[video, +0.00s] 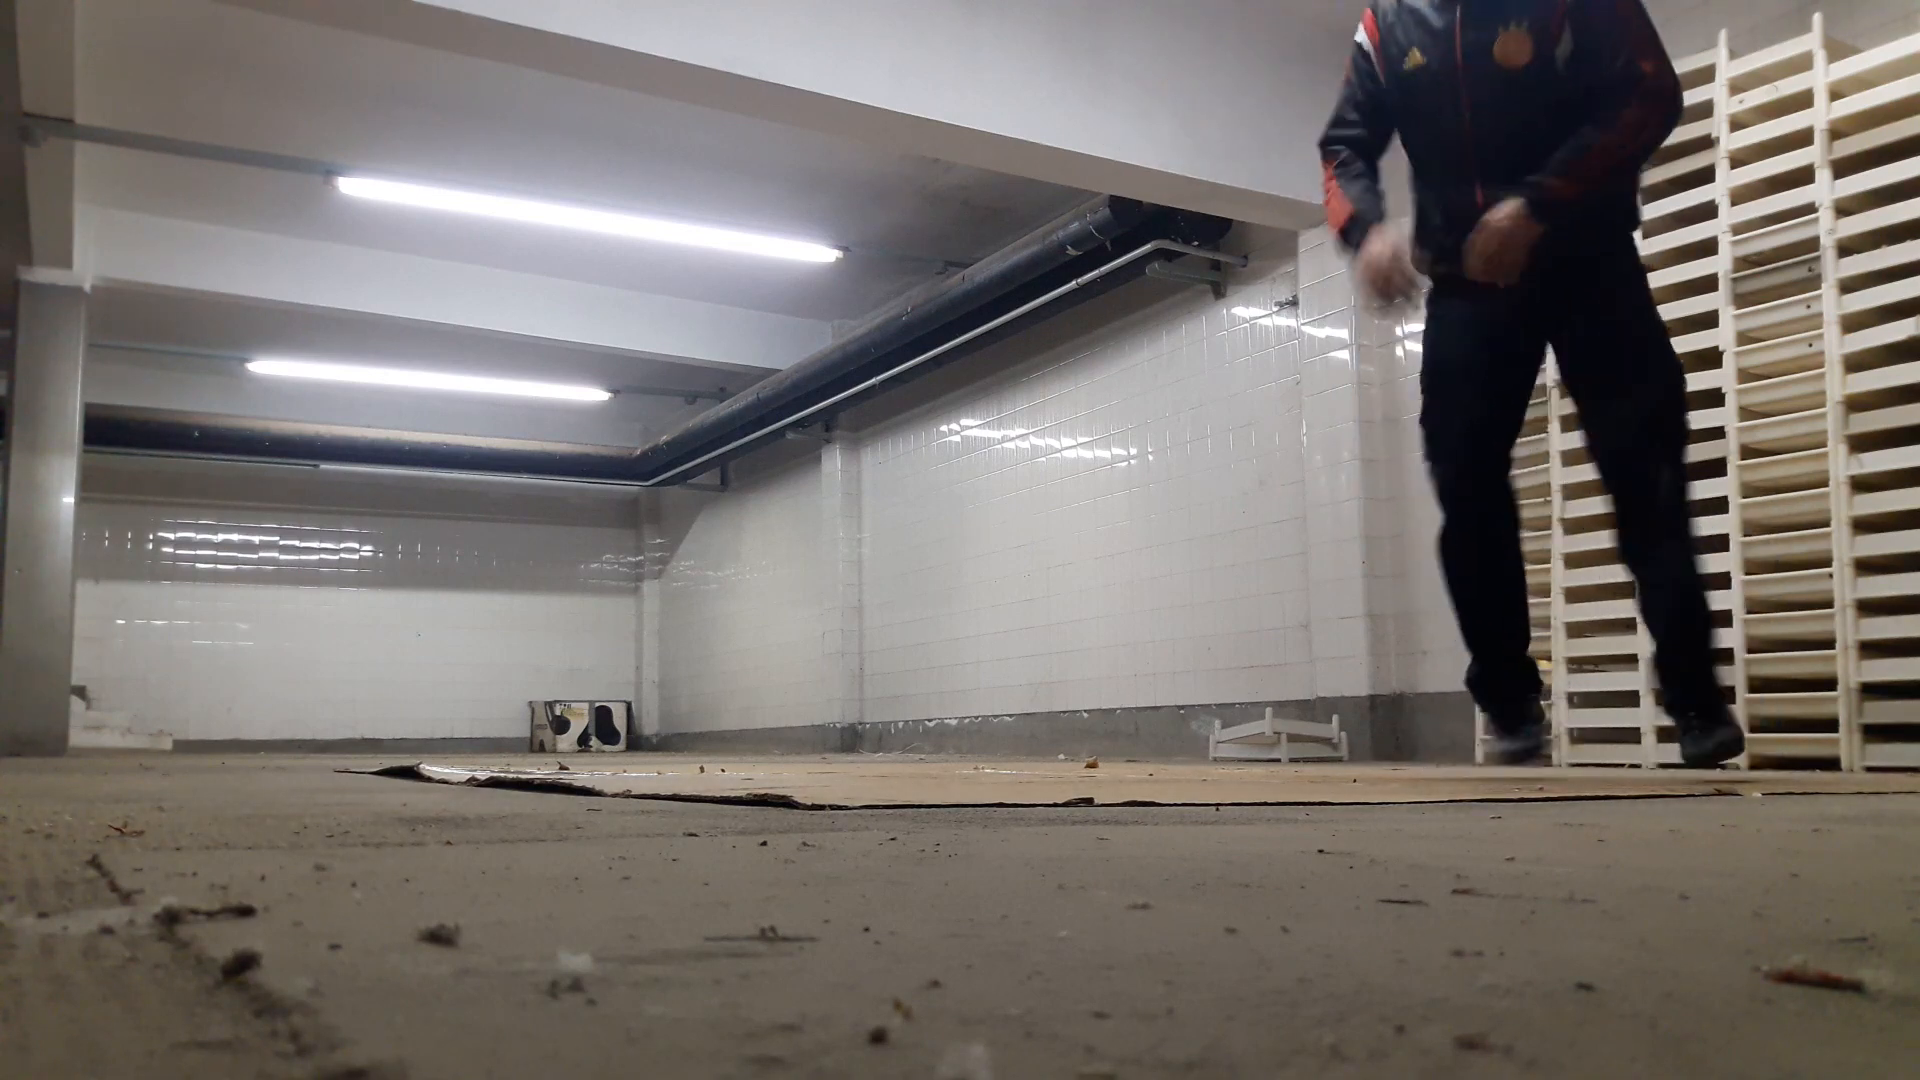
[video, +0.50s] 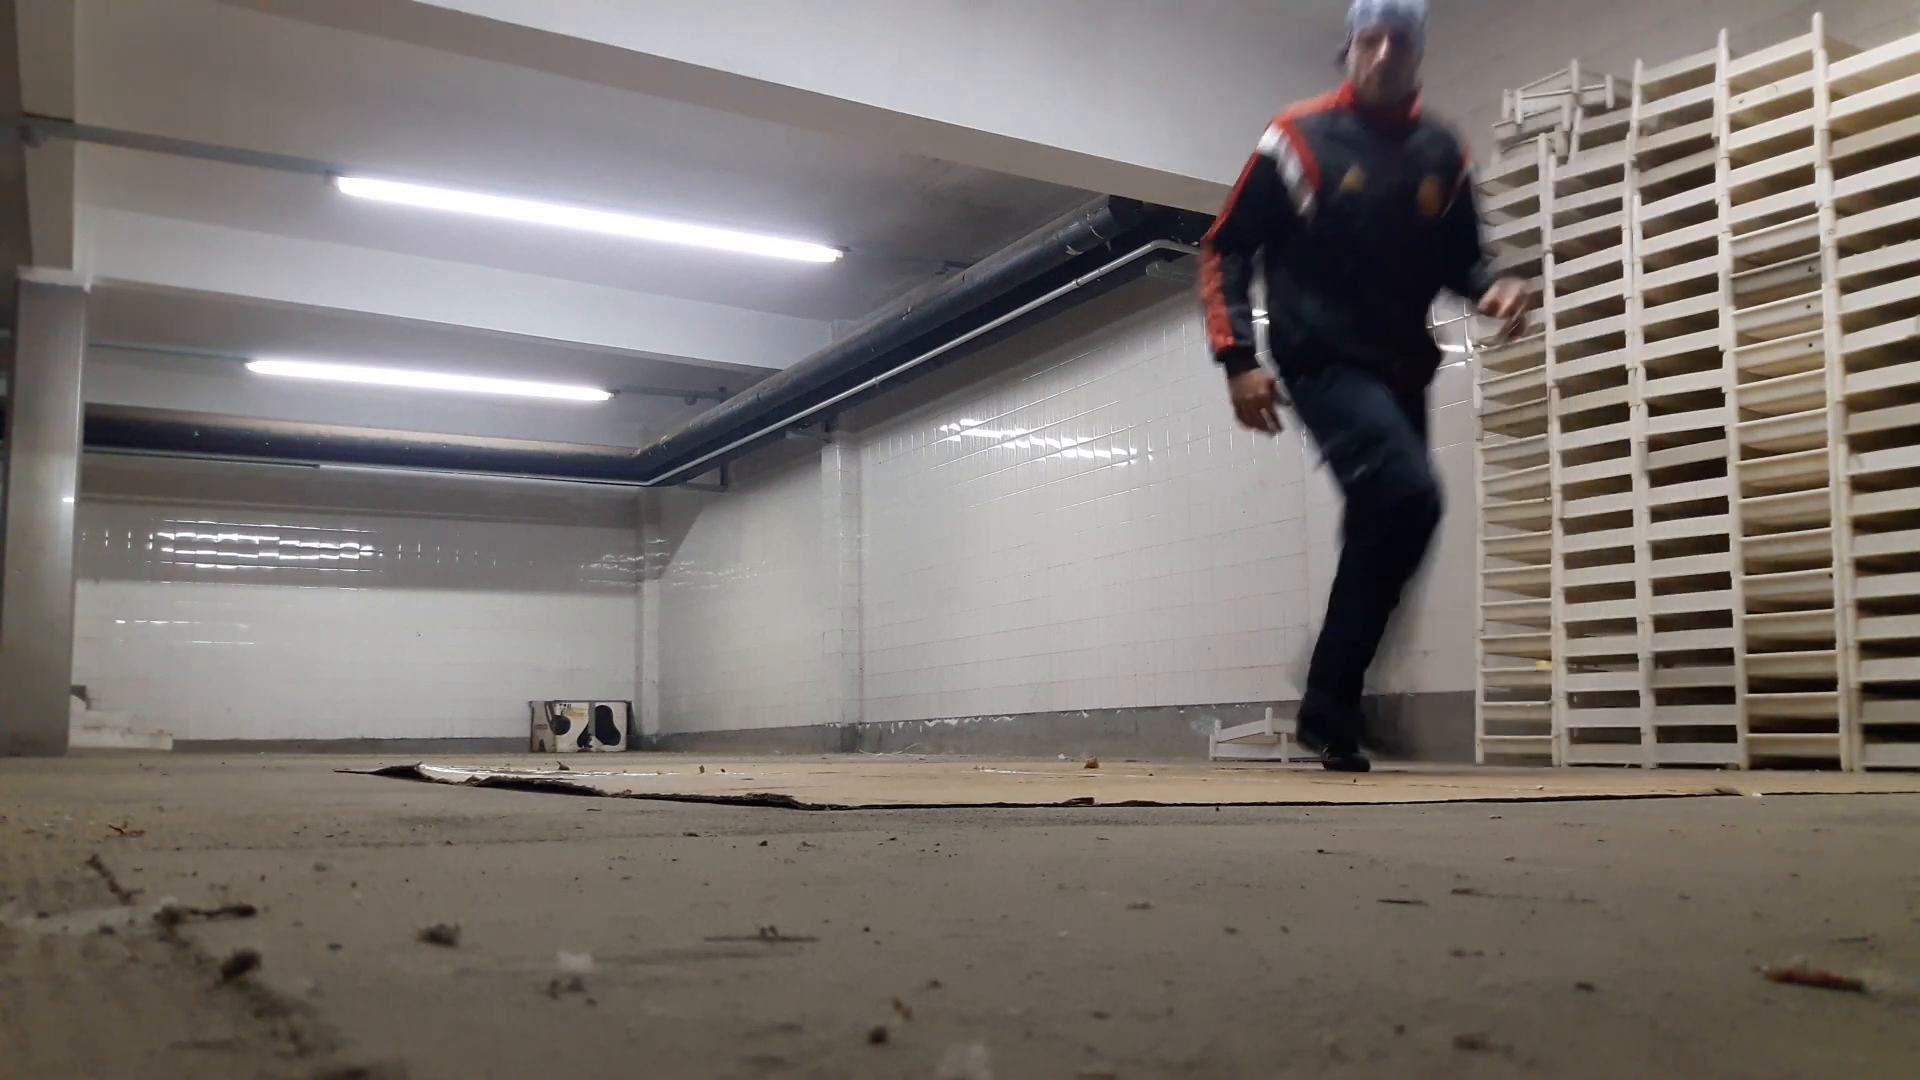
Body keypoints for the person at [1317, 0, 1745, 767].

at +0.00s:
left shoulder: (1583, 6)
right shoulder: (1391, 18)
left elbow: (1650, 95)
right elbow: (1346, 141)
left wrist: (1535, 204)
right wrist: (1364, 229)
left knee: (1648, 478)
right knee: (1467, 489)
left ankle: (1697, 702)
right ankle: (1509, 706)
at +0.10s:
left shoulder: (1580, 14)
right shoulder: (1387, 33)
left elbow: (1649, 115)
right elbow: (1338, 172)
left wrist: (1602, 214)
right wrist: (1318, 313)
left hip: (1573, 287)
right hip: (1462, 297)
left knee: (1611, 476)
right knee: (1506, 487)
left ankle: (1613, 698)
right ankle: (1549, 705)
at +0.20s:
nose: (1456, 19)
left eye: (1466, 7)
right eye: (1439, 11)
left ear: (1488, 8)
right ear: (1413, 15)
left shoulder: (1549, 75)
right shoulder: (1377, 105)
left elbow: (1622, 177)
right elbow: (1319, 253)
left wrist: (1662, 228)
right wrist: (1280, 385)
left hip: (1562, 341)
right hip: (1465, 355)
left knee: (1616, 502)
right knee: (1547, 518)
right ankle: (1576, 740)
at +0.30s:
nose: (1417, 16)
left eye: (1436, 4)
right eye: (1404, 5)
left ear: (1468, 15)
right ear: (1390, 19)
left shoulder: (1520, 109)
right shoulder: (1355, 127)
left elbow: (1569, 224)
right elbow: (1304, 266)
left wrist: (1646, 238)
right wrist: (1266, 395)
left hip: (1519, 354)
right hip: (1434, 359)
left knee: (1531, 531)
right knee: (1526, 519)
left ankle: (1397, 634)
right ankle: (1575, 737)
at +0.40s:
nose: (1401, 13)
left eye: (1419, 2)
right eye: (1388, 2)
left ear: (1445, 16)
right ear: (1371, 14)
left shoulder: (1482, 105)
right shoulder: (1328, 108)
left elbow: (1516, 217)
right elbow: (1271, 237)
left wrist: (1562, 241)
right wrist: (1255, 357)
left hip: (1453, 341)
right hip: (1372, 341)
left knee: (1437, 515)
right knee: (1447, 500)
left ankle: (1344, 665)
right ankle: (1519, 718)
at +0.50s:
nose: (1385, 56)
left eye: (1401, 43)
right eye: (1371, 41)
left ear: (1422, 56)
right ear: (1347, 52)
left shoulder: (1441, 149)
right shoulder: (1298, 137)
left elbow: (1459, 260)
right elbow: (1224, 250)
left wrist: (1495, 287)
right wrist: (1237, 361)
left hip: (1401, 366)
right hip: (1321, 361)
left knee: (1377, 540)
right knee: (1407, 495)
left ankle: (1329, 714)